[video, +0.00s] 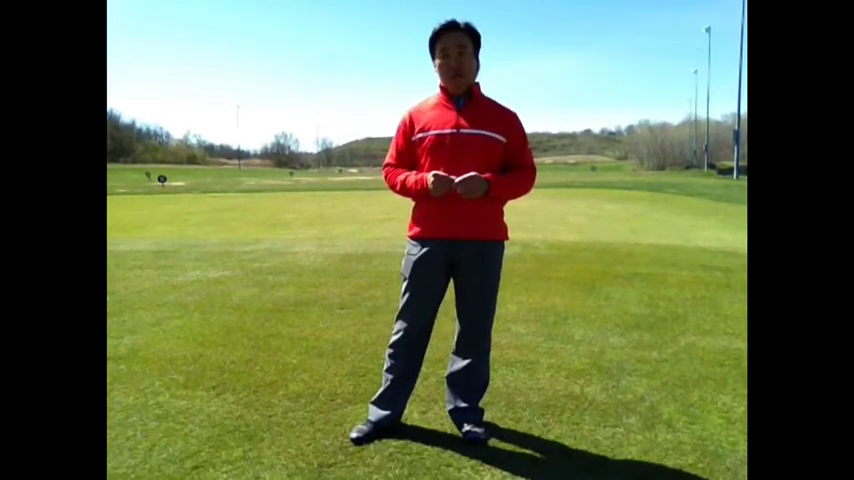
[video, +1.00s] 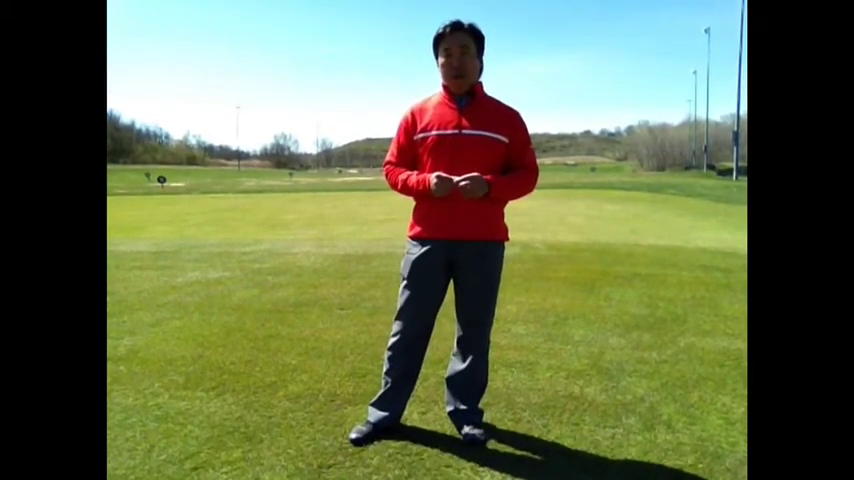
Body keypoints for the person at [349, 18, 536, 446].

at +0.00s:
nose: (452, 60)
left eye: (461, 51)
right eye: (444, 53)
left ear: (477, 58)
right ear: (433, 62)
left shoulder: (504, 119)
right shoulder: (415, 117)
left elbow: (525, 175)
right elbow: (392, 172)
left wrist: (489, 184)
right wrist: (424, 181)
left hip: (482, 243)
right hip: (427, 241)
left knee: (475, 334)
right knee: (408, 330)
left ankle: (468, 415)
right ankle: (383, 414)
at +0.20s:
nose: (452, 61)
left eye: (460, 52)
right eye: (443, 54)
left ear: (476, 59)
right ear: (433, 63)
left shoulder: (503, 119)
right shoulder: (416, 116)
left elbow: (525, 175)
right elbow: (392, 170)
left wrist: (492, 184)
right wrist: (414, 180)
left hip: (482, 243)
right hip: (427, 240)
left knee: (474, 335)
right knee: (408, 330)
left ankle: (468, 415)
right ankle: (383, 414)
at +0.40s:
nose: (451, 61)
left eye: (460, 53)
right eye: (443, 54)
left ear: (476, 59)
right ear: (432, 63)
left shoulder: (503, 120)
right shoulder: (415, 117)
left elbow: (525, 175)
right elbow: (390, 169)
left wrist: (496, 185)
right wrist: (407, 181)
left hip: (482, 243)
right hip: (427, 240)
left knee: (474, 335)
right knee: (408, 330)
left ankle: (468, 416)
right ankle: (383, 415)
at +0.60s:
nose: (452, 61)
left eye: (460, 52)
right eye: (443, 54)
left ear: (477, 59)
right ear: (433, 62)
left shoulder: (503, 120)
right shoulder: (416, 117)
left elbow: (525, 176)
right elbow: (391, 171)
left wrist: (492, 185)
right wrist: (413, 180)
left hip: (481, 244)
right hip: (426, 241)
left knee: (474, 335)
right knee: (407, 331)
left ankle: (468, 417)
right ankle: (383, 415)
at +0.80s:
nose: (452, 61)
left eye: (461, 52)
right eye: (443, 54)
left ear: (478, 58)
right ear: (434, 62)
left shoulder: (505, 119)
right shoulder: (416, 116)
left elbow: (526, 176)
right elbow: (391, 171)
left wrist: (488, 184)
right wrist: (425, 180)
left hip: (482, 244)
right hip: (426, 240)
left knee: (473, 335)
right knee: (406, 330)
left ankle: (467, 416)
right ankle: (383, 414)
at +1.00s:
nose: (454, 61)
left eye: (463, 52)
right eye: (446, 54)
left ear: (480, 58)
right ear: (437, 61)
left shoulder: (506, 119)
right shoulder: (418, 115)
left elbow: (528, 175)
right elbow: (392, 170)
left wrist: (490, 186)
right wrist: (425, 182)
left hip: (483, 244)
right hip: (428, 240)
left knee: (474, 335)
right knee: (407, 329)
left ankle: (467, 415)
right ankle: (384, 414)